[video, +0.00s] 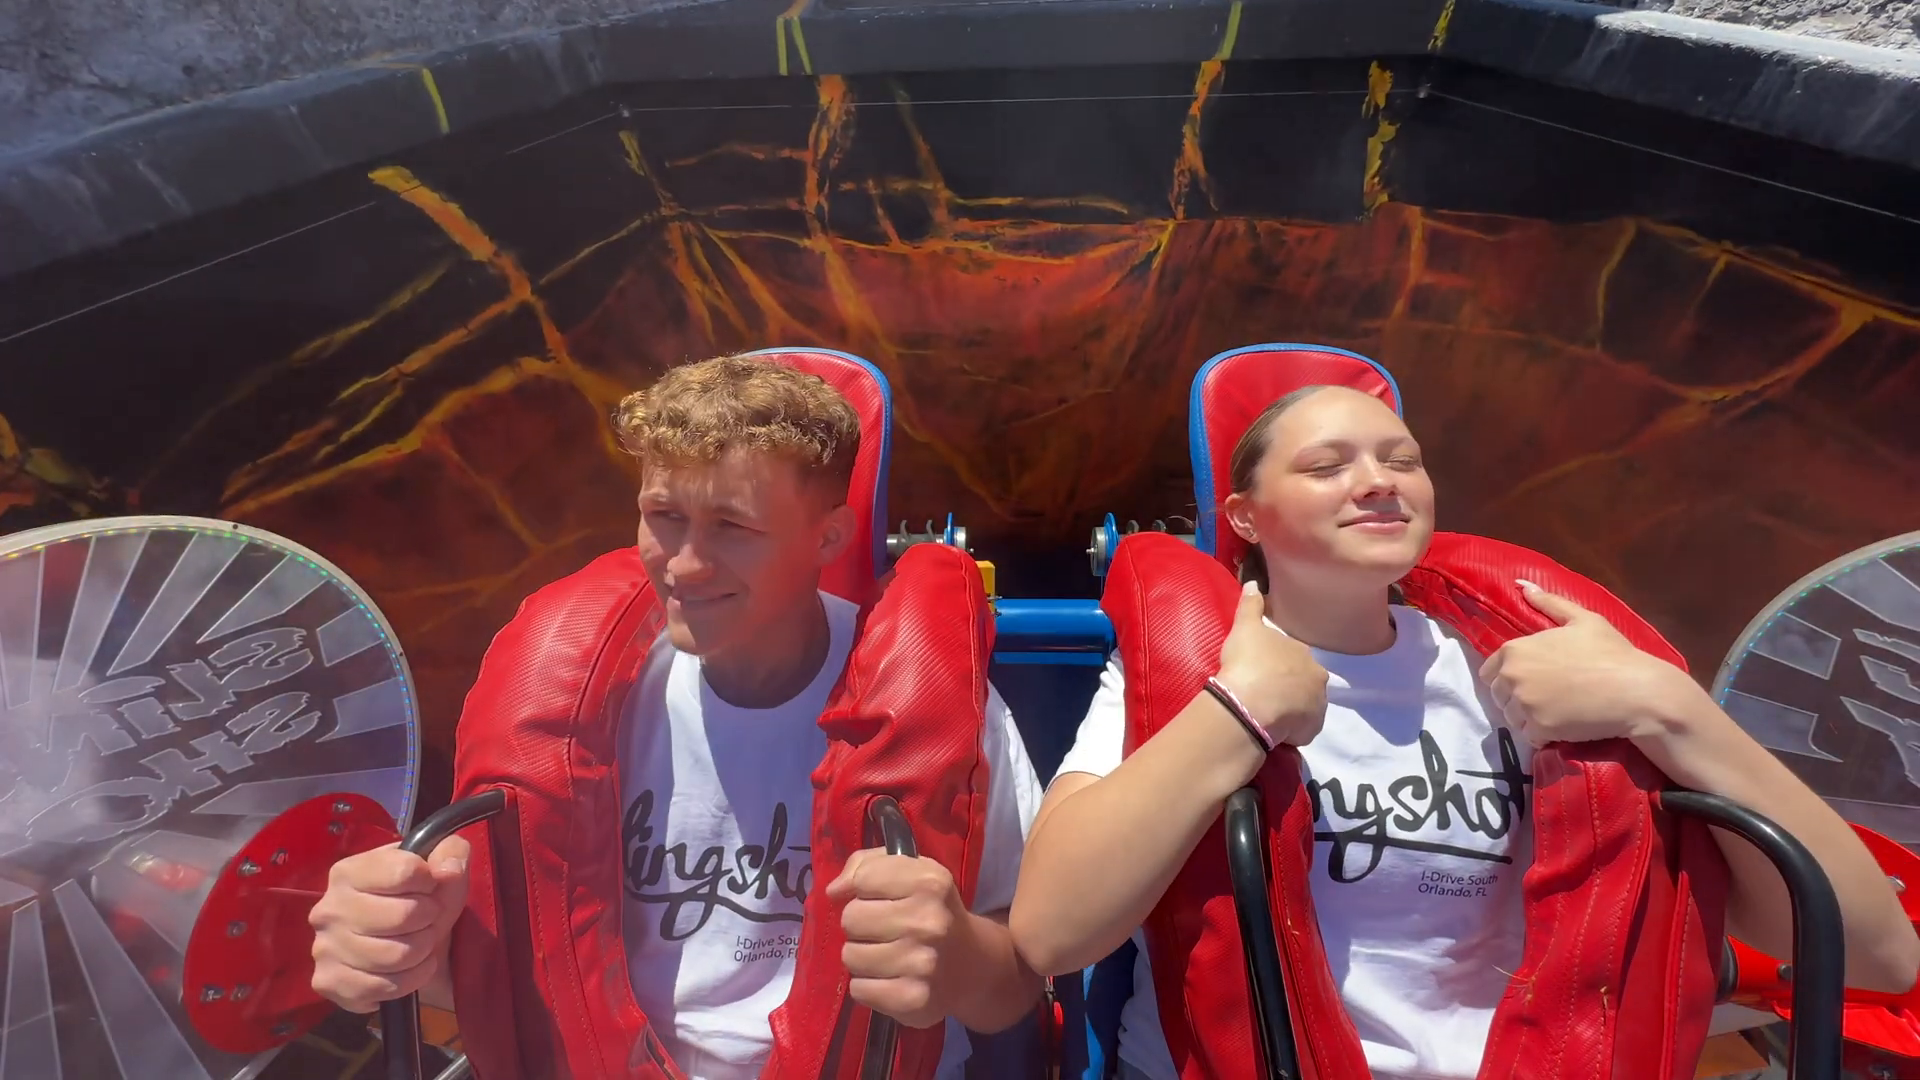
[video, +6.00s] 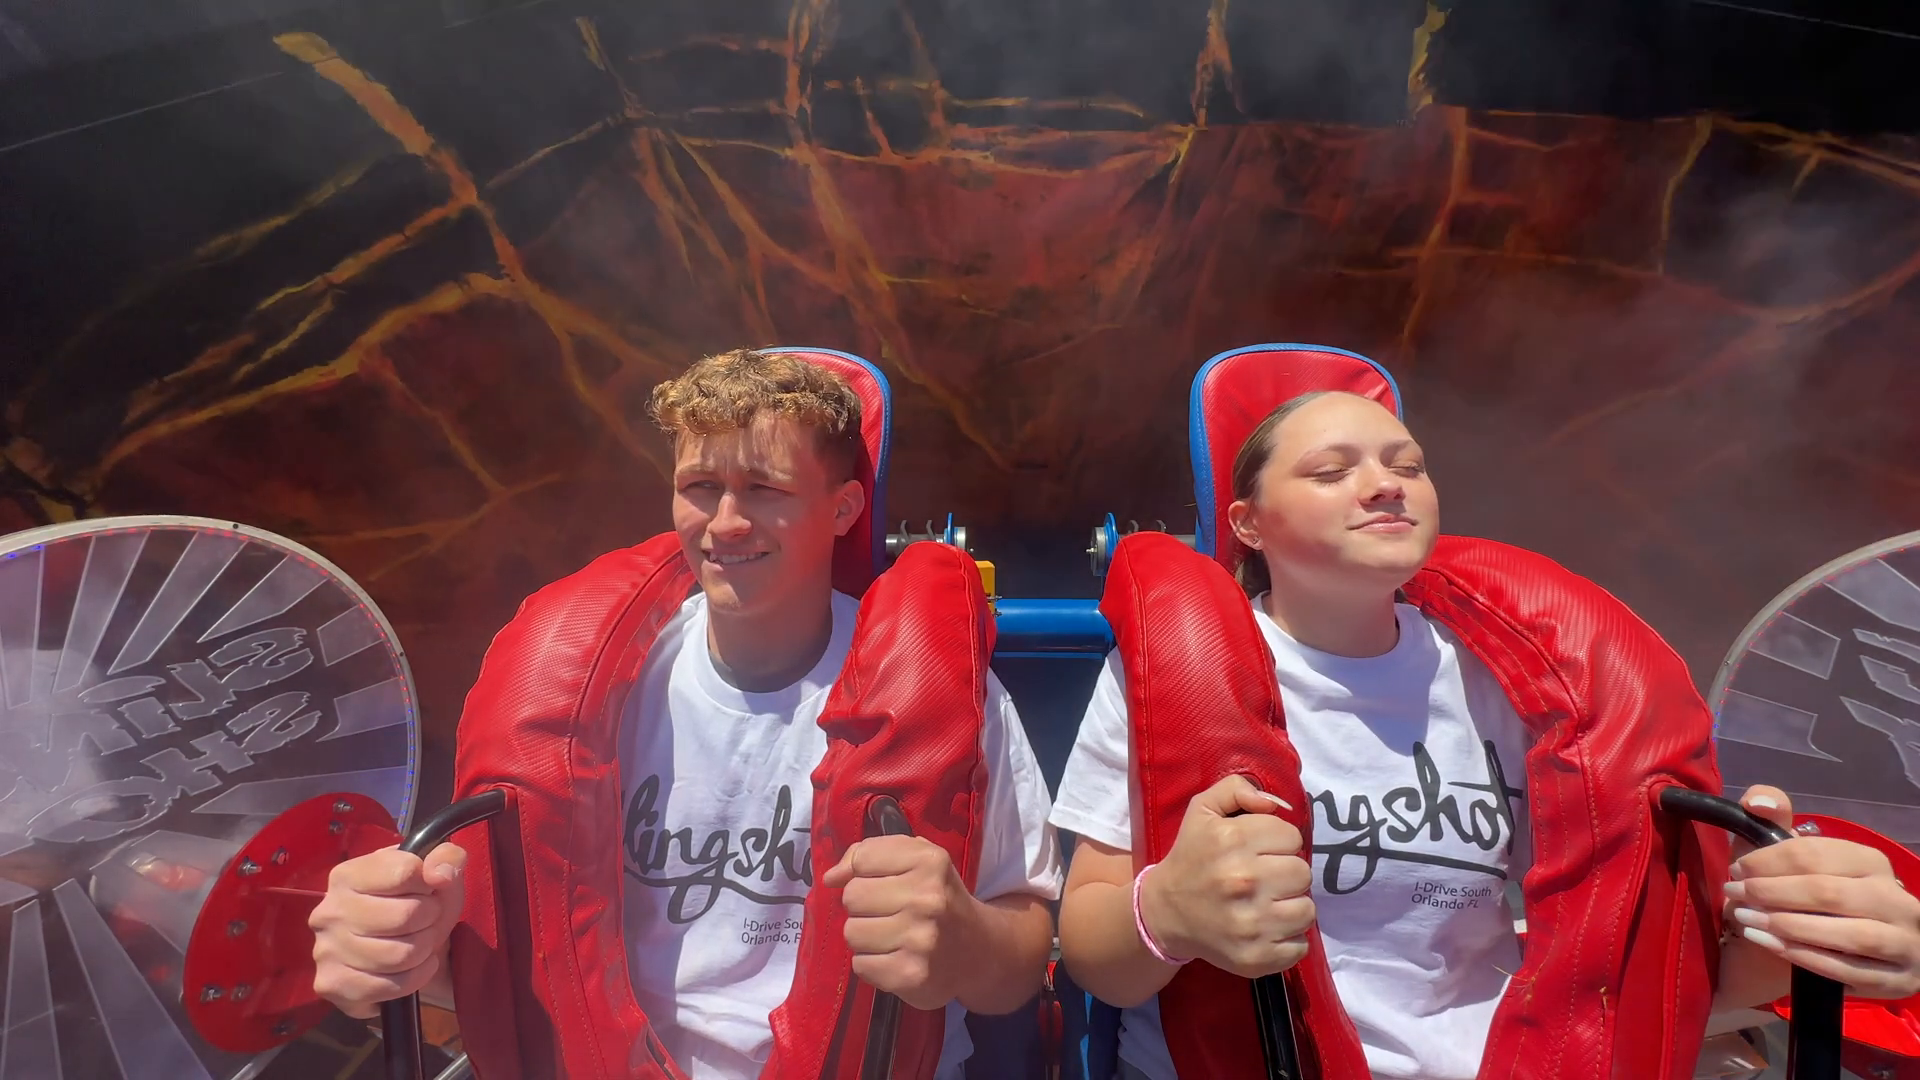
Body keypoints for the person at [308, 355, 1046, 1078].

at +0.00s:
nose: (682, 563)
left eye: (732, 525)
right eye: (662, 516)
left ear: (828, 536)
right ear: (638, 511)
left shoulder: (937, 707)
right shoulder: (574, 692)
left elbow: (1017, 989)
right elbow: (512, 991)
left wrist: (965, 957)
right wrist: (418, 948)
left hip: (834, 1066)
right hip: (614, 1061)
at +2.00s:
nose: (720, 519)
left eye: (759, 487)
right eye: (697, 486)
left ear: (845, 503)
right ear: (669, 493)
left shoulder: (937, 695)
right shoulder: (582, 672)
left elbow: (1021, 989)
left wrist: (968, 944)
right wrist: (420, 951)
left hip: (832, 1067)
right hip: (606, 1061)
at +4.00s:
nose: (727, 522)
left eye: (766, 490)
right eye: (704, 488)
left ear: (846, 507)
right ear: (674, 493)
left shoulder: (935, 690)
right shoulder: (583, 673)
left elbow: (1025, 962)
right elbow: (505, 932)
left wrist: (969, 945)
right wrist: (410, 944)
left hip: (831, 1062)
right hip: (612, 1057)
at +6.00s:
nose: (725, 523)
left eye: (764, 491)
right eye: (702, 489)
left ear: (845, 506)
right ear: (673, 491)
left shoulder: (934, 688)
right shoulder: (582, 673)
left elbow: (1027, 957)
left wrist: (969, 946)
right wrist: (415, 944)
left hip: (837, 1064)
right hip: (616, 1059)